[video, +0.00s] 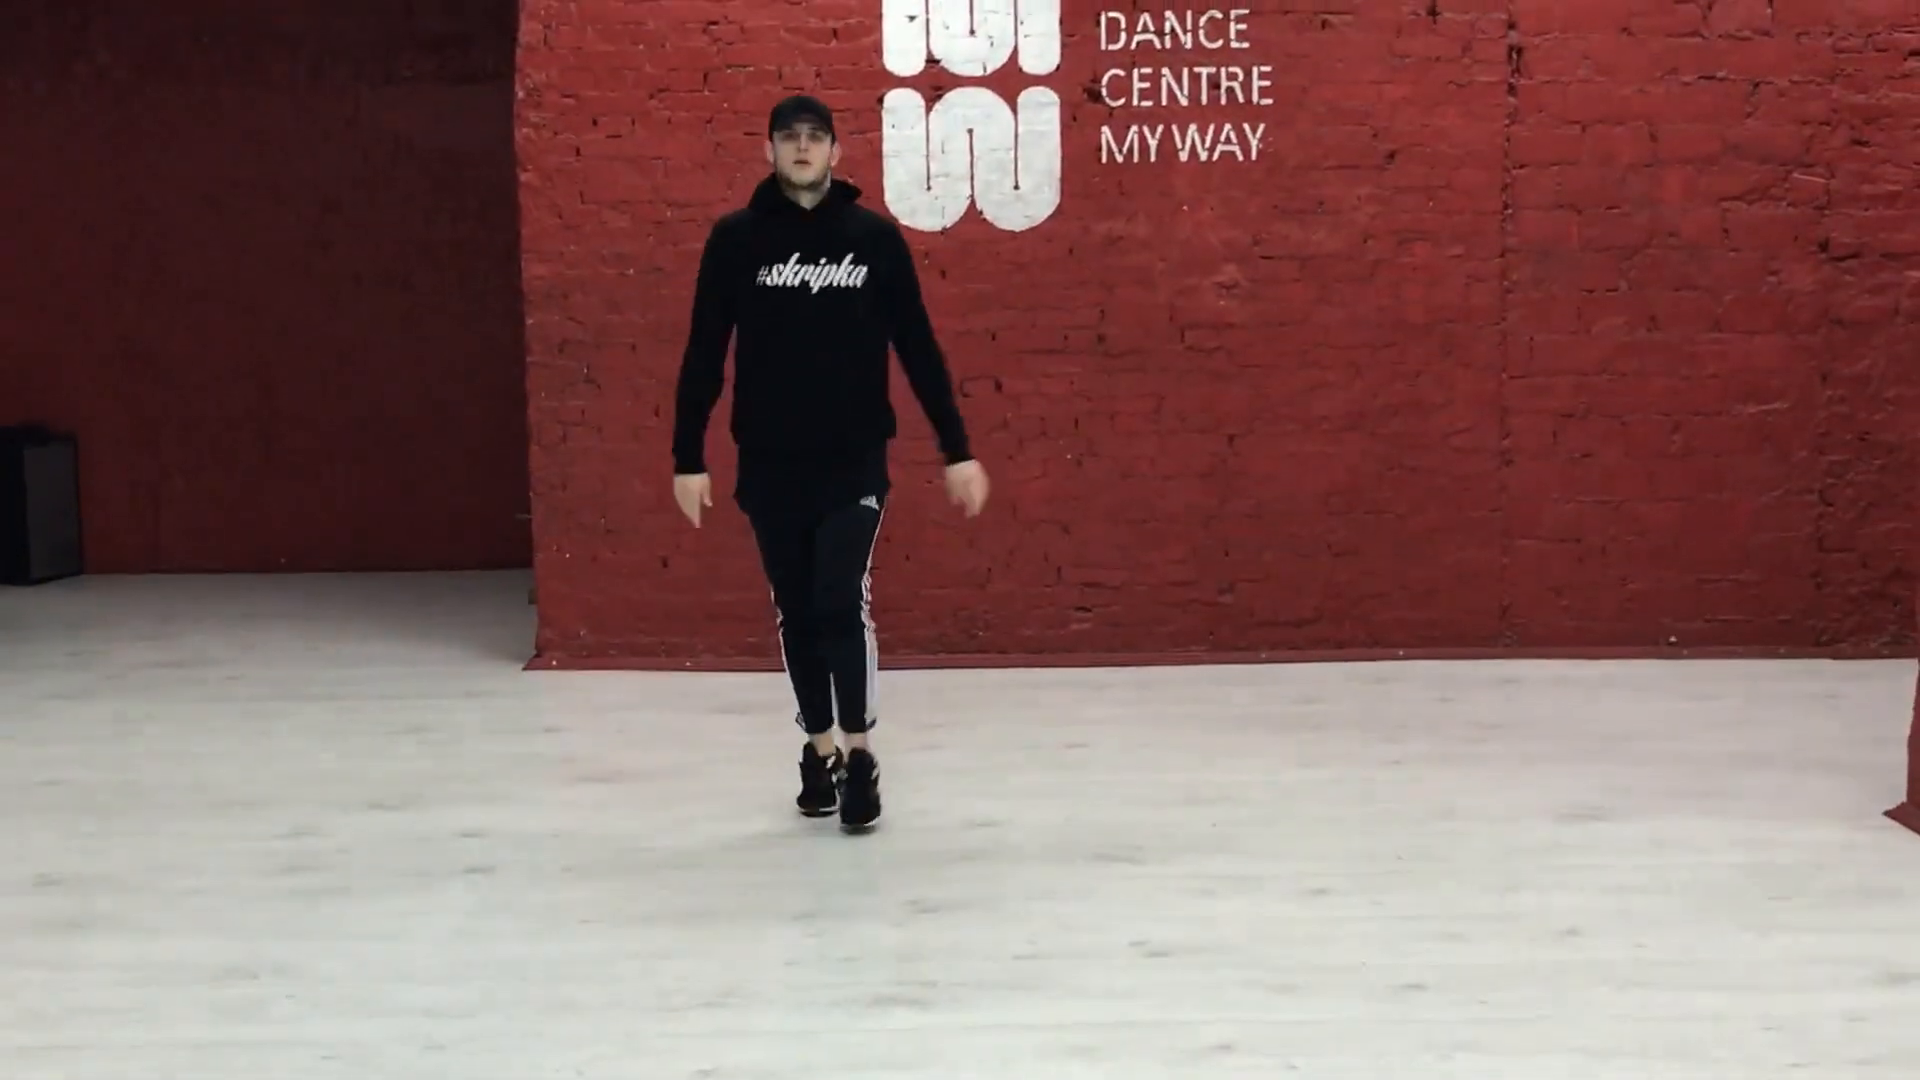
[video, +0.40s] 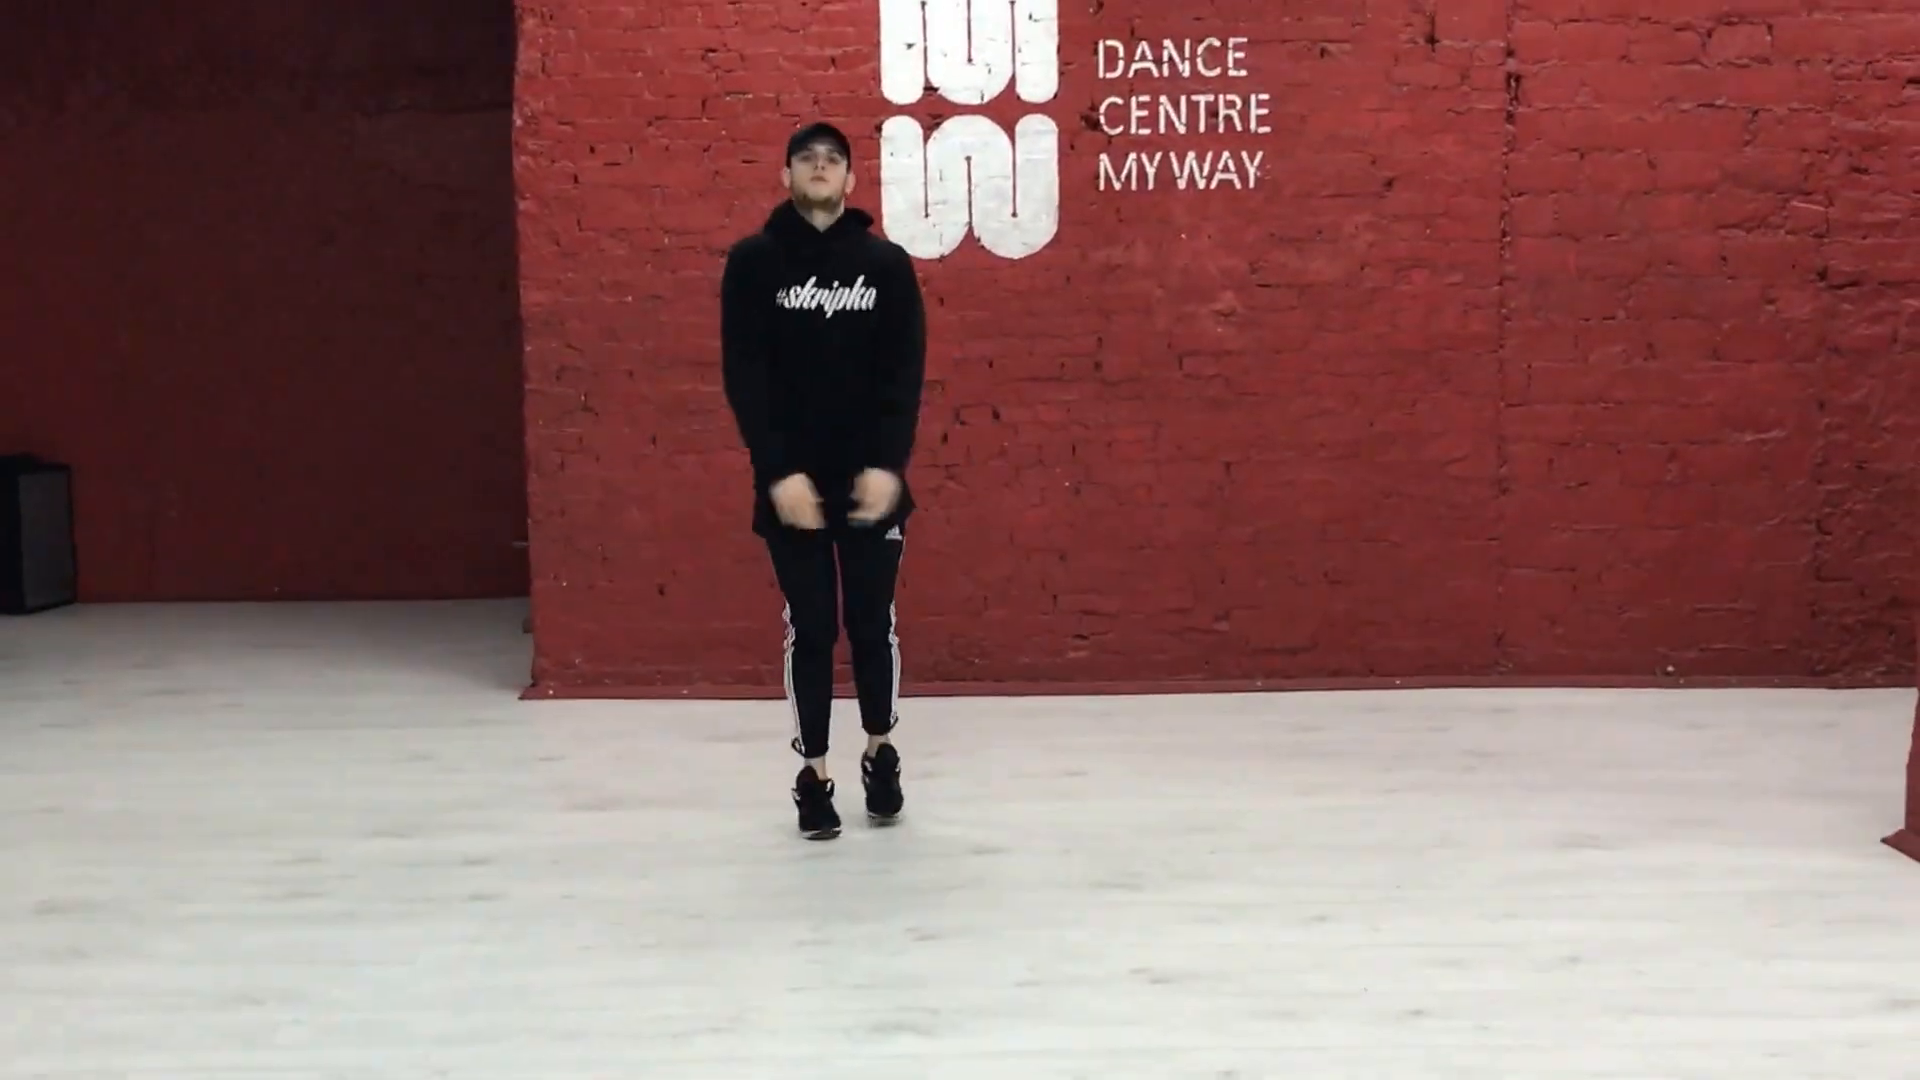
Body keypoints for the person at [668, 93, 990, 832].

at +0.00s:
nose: (802, 150)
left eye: (815, 139)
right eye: (790, 139)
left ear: (834, 151)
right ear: (770, 151)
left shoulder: (876, 238)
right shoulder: (735, 239)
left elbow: (918, 346)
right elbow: (705, 351)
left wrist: (956, 449)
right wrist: (687, 457)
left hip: (853, 454)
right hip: (769, 456)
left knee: (839, 603)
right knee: (796, 611)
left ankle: (858, 756)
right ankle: (820, 751)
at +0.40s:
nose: (820, 171)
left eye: (832, 162)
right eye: (807, 161)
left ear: (849, 176)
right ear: (787, 175)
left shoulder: (887, 262)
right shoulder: (752, 262)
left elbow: (905, 373)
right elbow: (743, 377)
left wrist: (889, 463)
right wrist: (777, 470)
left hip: (871, 468)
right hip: (791, 471)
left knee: (873, 622)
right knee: (812, 625)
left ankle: (881, 755)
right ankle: (815, 774)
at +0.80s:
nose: (856, 229)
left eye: (868, 217)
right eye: (844, 216)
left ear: (884, 225)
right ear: (823, 223)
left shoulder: (912, 310)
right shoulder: (788, 302)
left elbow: (942, 417)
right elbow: (761, 408)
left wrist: (901, 398)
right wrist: (845, 390)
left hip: (879, 506)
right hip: (797, 506)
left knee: (901, 646)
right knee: (821, 650)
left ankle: (866, 790)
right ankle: (789, 789)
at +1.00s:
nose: (886, 275)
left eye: (897, 261)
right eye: (877, 258)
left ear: (909, 251)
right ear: (846, 238)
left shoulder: (917, 307)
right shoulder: (792, 306)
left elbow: (967, 378)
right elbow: (720, 390)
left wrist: (1030, 442)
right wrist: (644, 470)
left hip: (903, 522)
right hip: (817, 523)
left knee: (914, 663)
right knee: (815, 670)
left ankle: (870, 799)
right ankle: (783, 810)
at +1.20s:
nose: (906, 306)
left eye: (915, 293)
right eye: (895, 291)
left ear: (927, 280)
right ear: (864, 270)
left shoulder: (949, 313)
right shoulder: (809, 317)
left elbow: (1033, 297)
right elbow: (704, 320)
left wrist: (1119, 261)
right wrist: (581, 300)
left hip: (916, 529)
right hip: (837, 533)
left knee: (958, 666)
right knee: (874, 678)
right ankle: (830, 841)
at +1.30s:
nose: (915, 341)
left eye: (924, 328)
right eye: (904, 326)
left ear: (934, 315)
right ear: (871, 309)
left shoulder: (958, 347)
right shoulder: (815, 358)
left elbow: (1042, 314)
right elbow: (710, 357)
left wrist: (1121, 268)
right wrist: (601, 332)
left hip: (932, 570)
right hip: (850, 577)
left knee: (1003, 693)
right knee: (883, 718)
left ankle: (970, 858)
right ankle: (844, 877)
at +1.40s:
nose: (916, 364)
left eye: (926, 353)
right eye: (908, 351)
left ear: (940, 335)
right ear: (877, 326)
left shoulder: (952, 364)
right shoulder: (826, 372)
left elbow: (1029, 356)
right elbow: (763, 391)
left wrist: (1107, 323)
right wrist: (689, 376)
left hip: (957, 580)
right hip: (870, 587)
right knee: (862, 736)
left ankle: (1037, 865)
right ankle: (888, 876)